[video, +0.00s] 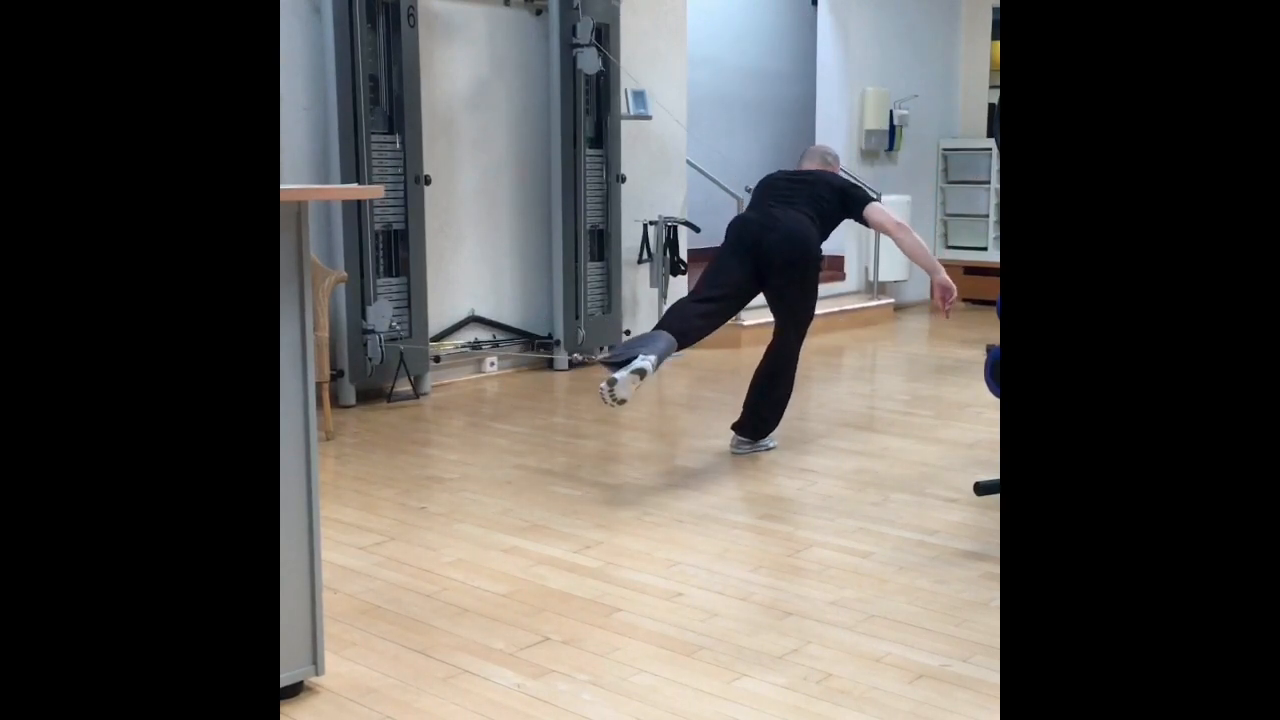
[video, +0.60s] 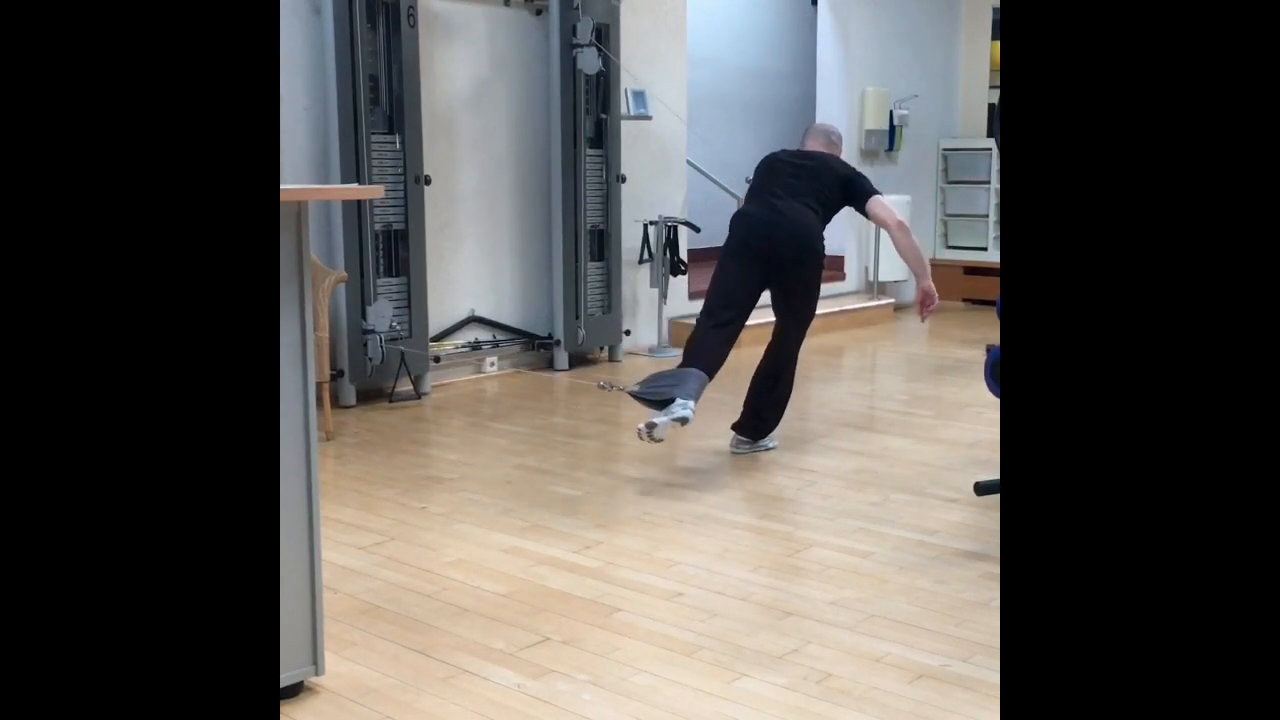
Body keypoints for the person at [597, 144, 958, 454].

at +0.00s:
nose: (840, 177)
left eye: (833, 172)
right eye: (839, 171)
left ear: (801, 165)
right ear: (835, 168)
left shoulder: (774, 179)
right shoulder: (841, 181)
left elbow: (746, 218)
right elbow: (893, 225)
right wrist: (939, 273)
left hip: (746, 233)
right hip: (796, 244)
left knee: (708, 301)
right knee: (788, 338)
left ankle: (647, 357)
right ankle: (751, 432)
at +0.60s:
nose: (838, 160)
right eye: (840, 155)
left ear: (802, 145)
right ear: (838, 152)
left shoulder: (772, 160)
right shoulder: (843, 173)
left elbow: (749, 203)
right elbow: (894, 222)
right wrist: (924, 278)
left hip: (747, 235)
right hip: (800, 246)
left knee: (719, 319)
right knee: (787, 338)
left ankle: (684, 396)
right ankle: (750, 432)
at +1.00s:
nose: (842, 136)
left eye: (840, 133)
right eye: (843, 132)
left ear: (801, 119)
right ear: (838, 128)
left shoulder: (770, 139)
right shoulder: (845, 156)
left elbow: (754, 193)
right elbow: (894, 218)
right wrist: (906, 276)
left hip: (753, 240)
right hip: (806, 249)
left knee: (728, 331)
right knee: (788, 339)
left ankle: (738, 430)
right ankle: (759, 428)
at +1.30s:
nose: (835, 118)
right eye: (837, 114)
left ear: (793, 99)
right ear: (834, 112)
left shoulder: (762, 123)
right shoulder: (843, 147)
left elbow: (759, 178)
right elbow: (877, 222)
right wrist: (851, 272)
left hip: (755, 239)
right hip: (808, 249)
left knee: (722, 336)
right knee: (786, 342)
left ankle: (759, 436)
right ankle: (751, 435)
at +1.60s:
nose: (771, 91)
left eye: (771, 85)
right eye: (775, 86)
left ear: (775, 84)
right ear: (814, 93)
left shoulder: (749, 113)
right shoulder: (833, 139)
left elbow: (724, 155)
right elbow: (849, 220)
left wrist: (765, 144)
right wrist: (817, 248)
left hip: (759, 248)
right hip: (810, 257)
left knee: (712, 344)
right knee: (780, 349)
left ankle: (759, 449)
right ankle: (756, 438)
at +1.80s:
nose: (748, 91)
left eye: (749, 85)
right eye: (752, 86)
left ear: (756, 82)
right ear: (792, 85)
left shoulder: (736, 113)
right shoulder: (817, 129)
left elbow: (699, 152)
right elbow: (836, 213)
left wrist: (709, 138)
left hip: (773, 247)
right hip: (817, 250)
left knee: (713, 348)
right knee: (778, 345)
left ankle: (764, 457)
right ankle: (769, 444)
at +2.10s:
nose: (711, 83)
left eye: (715, 74)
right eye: (712, 74)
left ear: (736, 76)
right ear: (756, 78)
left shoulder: (732, 118)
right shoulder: (791, 120)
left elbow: (658, 152)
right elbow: (789, 197)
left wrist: (655, 127)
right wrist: (735, 239)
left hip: (794, 256)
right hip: (819, 251)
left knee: (728, 346)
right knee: (781, 344)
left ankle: (762, 463)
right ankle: (789, 430)